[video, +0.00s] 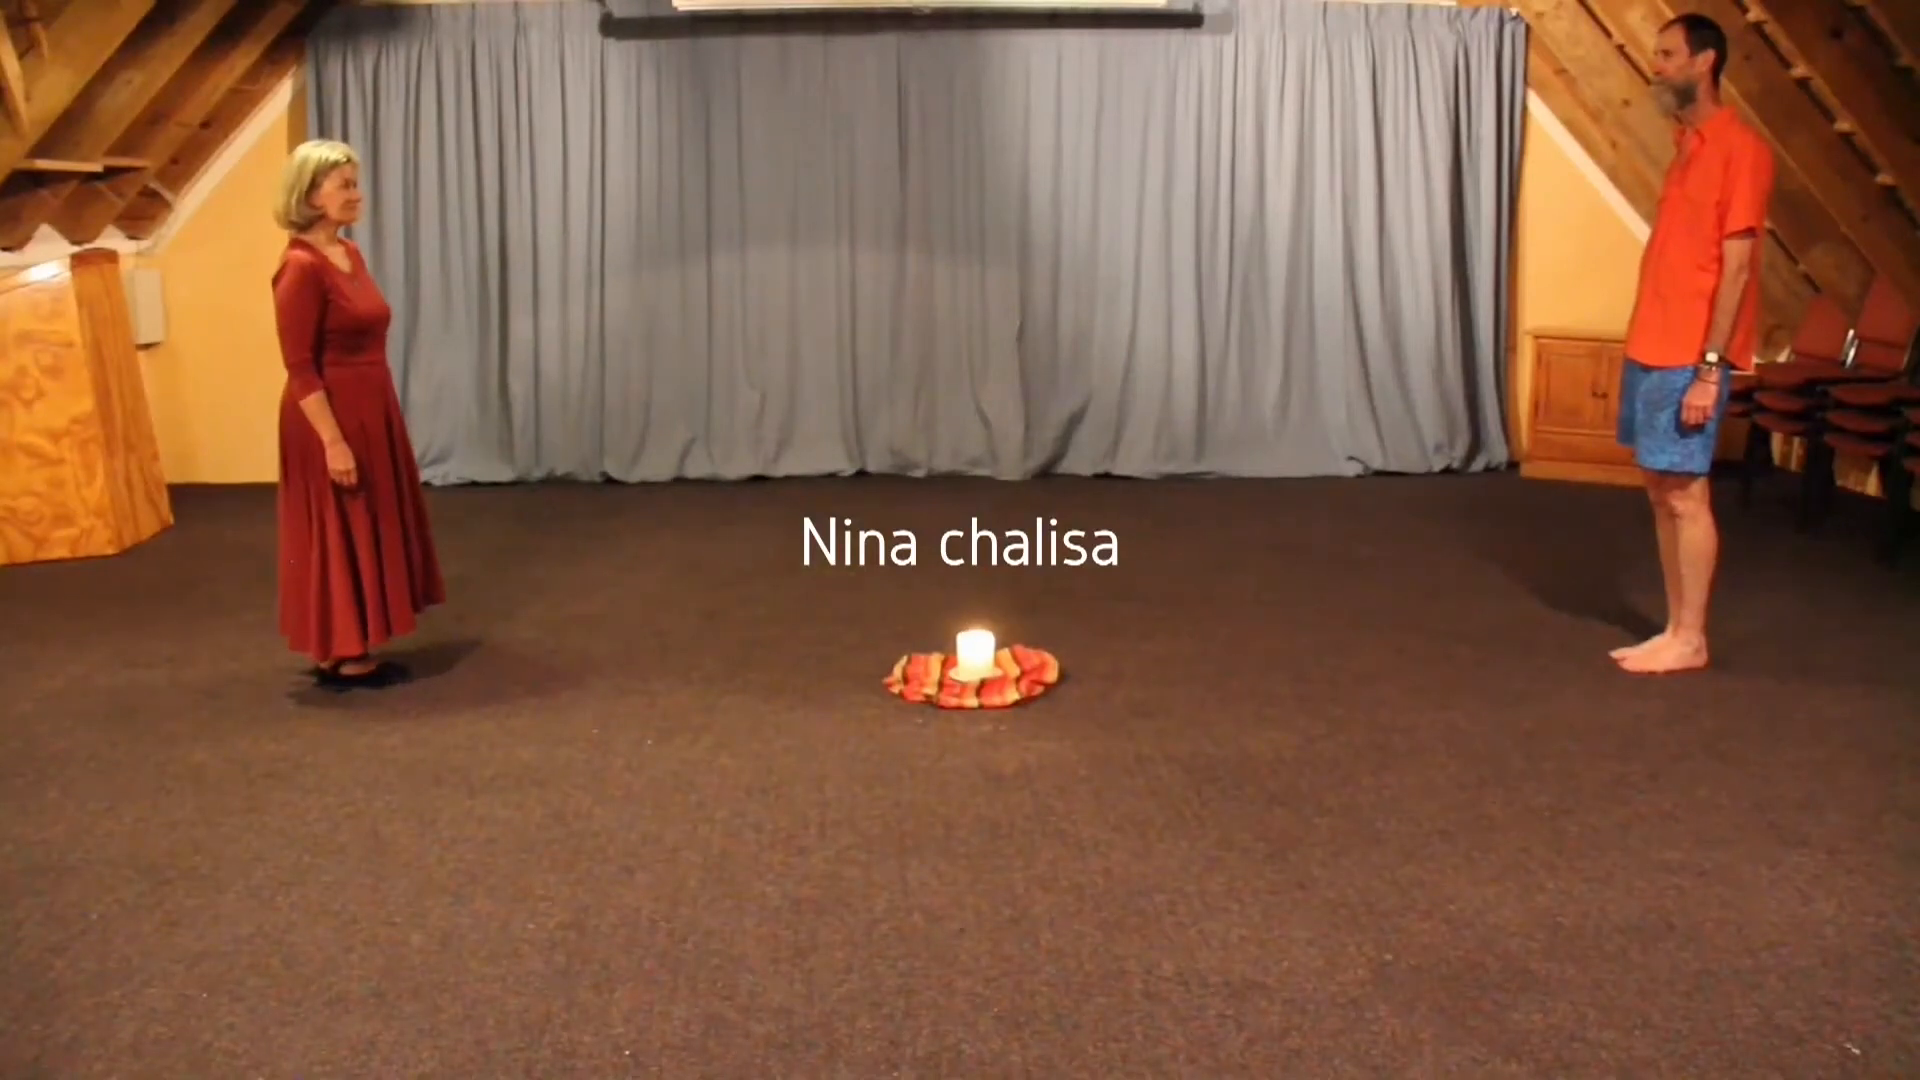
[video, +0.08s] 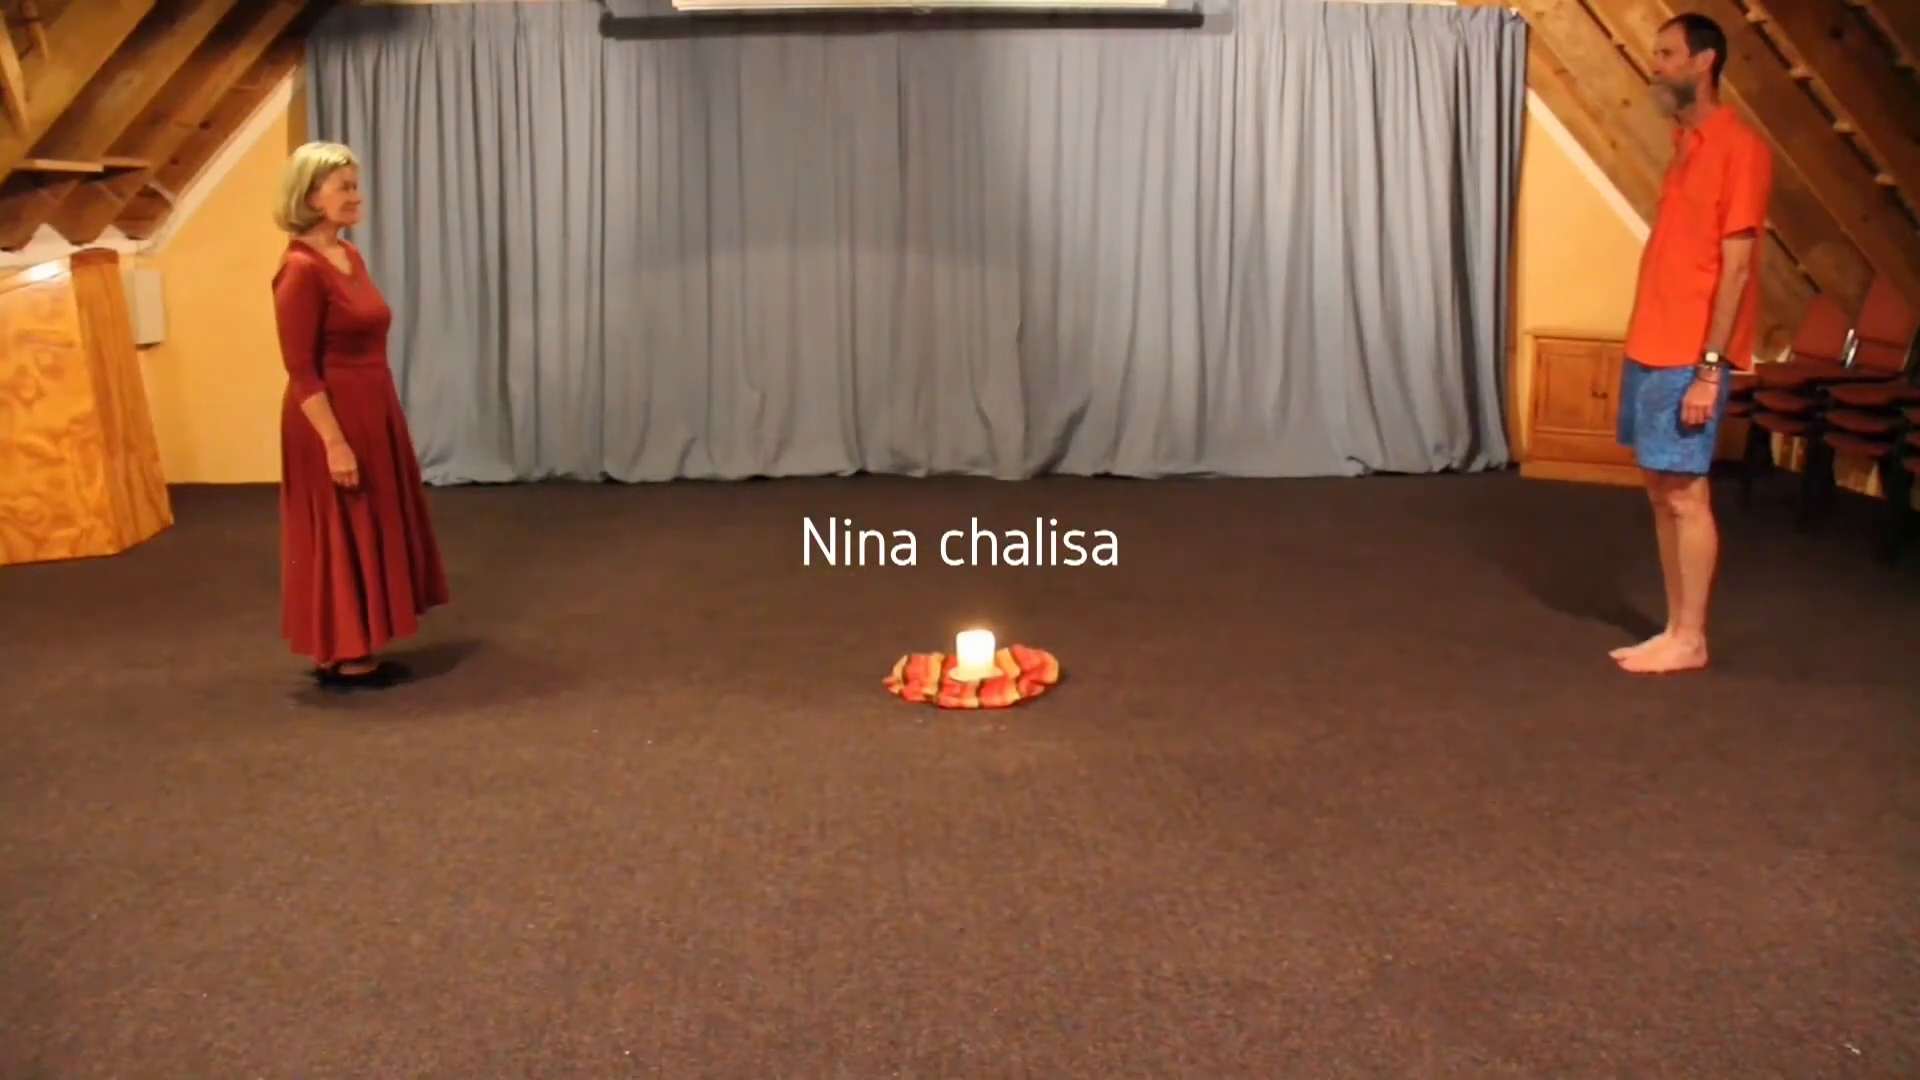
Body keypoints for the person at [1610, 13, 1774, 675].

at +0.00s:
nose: (1655, 66)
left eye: (1667, 55)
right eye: (1655, 55)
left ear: (1706, 61)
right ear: (1692, 63)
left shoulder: (1741, 146)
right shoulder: (1691, 145)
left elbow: (1738, 266)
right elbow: (1681, 257)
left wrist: (1712, 365)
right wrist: (1650, 348)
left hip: (1691, 359)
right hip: (1655, 353)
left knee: (1686, 498)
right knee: (1662, 494)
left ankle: (1691, 639)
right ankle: (1677, 630)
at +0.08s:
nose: (1655, 65)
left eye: (1666, 54)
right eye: (1655, 54)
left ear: (1705, 61)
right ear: (1690, 62)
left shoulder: (1741, 145)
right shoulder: (1691, 143)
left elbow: (1738, 265)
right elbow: (1681, 255)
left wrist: (1712, 365)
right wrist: (1651, 348)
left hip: (1691, 359)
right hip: (1653, 353)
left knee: (1686, 498)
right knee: (1662, 494)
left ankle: (1691, 639)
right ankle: (1677, 630)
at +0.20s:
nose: (1654, 65)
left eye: (1666, 53)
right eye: (1654, 53)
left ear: (1705, 61)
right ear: (1688, 63)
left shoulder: (1740, 145)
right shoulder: (1689, 143)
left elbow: (1738, 265)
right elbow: (1679, 255)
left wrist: (1712, 365)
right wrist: (1649, 347)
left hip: (1691, 359)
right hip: (1653, 353)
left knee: (1687, 498)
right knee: (1662, 494)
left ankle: (1691, 638)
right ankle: (1677, 630)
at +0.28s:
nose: (1654, 65)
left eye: (1666, 53)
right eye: (1654, 53)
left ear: (1705, 61)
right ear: (1688, 62)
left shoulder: (1740, 145)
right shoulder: (1688, 143)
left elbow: (1738, 265)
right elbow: (1678, 254)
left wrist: (1712, 364)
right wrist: (1649, 346)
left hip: (1691, 359)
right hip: (1653, 353)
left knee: (1686, 499)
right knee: (1662, 494)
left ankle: (1691, 638)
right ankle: (1677, 630)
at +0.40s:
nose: (1654, 65)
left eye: (1666, 53)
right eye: (1654, 53)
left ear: (1705, 61)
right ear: (1686, 63)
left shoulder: (1740, 145)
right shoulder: (1687, 143)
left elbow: (1738, 265)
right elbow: (1677, 254)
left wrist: (1713, 364)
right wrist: (1648, 347)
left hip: (1690, 360)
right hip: (1652, 353)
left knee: (1687, 498)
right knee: (1662, 495)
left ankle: (1691, 638)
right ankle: (1677, 630)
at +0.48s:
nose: (1654, 65)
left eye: (1666, 53)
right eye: (1654, 54)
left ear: (1705, 61)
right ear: (1686, 63)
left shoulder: (1740, 145)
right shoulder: (1687, 143)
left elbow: (1738, 265)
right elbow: (1677, 254)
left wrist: (1713, 364)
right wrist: (1648, 346)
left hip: (1690, 359)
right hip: (1652, 353)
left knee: (1686, 498)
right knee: (1662, 495)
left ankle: (1691, 638)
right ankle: (1677, 630)